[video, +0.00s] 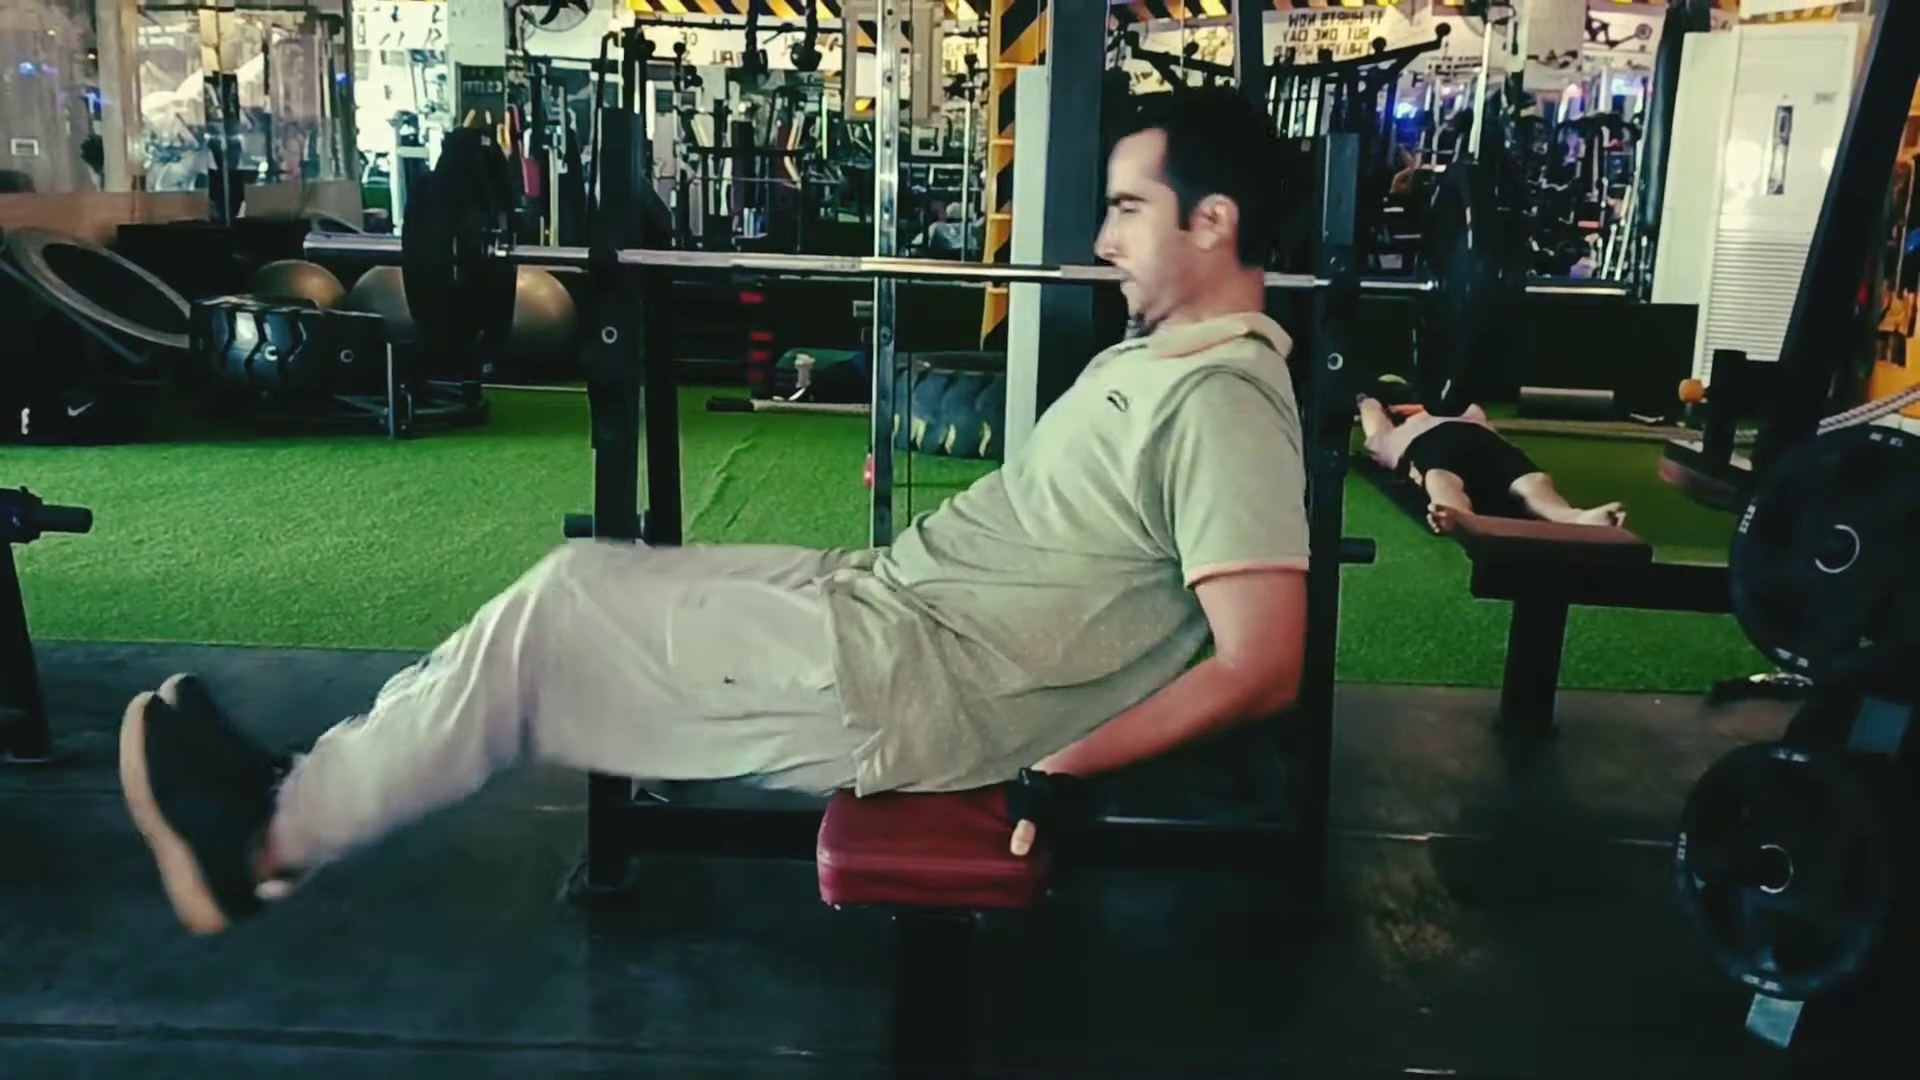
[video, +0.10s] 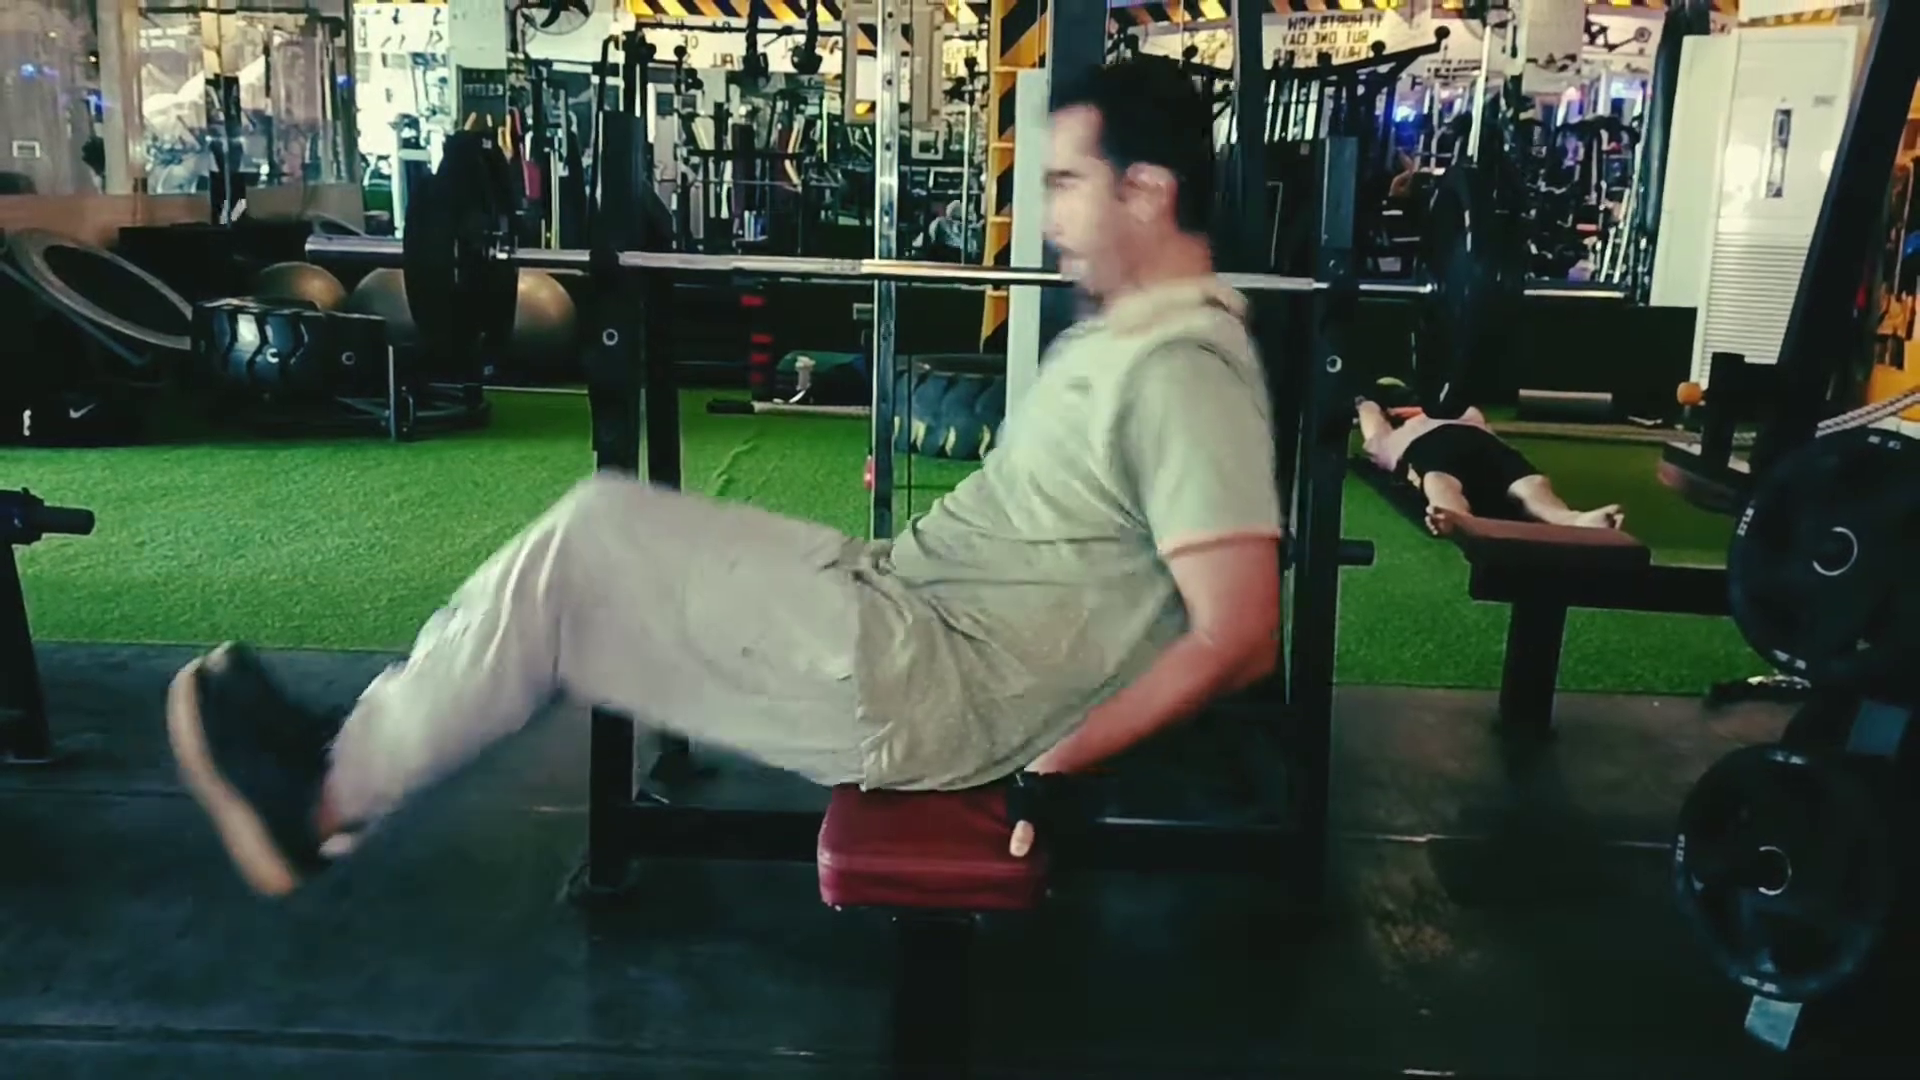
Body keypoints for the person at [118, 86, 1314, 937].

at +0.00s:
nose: (1106, 237)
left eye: (1129, 209)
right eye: (1111, 211)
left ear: (1216, 227)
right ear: (1206, 229)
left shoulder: (1222, 391)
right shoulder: (1182, 357)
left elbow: (1264, 663)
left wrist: (1058, 769)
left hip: (912, 678)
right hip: (882, 601)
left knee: (552, 628)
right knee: (574, 575)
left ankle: (254, 856)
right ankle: (293, 810)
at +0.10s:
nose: (1049, 215)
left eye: (1067, 187)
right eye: (1048, 188)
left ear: (1153, 198)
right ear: (1133, 201)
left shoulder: (1187, 366)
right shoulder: (1129, 339)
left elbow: (1237, 631)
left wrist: (1059, 758)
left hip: (939, 680)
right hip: (904, 605)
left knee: (588, 547)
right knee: (595, 521)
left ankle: (320, 807)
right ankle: (342, 776)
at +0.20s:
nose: (942, 205)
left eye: (959, 172)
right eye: (944, 175)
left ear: (1049, 172)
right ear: (1042, 176)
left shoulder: (1112, 336)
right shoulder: (1057, 318)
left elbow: (1211, 598)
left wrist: (1040, 769)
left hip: (945, 699)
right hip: (913, 650)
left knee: (654, 442)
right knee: (652, 437)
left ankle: (413, 731)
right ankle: (420, 712)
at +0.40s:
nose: (850, 227)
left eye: (858, 191)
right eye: (846, 196)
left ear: (935, 184)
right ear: (939, 186)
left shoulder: (1022, 344)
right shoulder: (988, 323)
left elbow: (1170, 582)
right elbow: (1136, 562)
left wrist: (1029, 780)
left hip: (920, 715)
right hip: (914, 684)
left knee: (742, 366)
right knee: (752, 353)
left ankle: (506, 658)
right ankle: (525, 611)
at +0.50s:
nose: (902, 218)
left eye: (919, 186)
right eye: (900, 190)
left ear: (1008, 185)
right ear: (998, 189)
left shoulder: (1076, 342)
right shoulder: (1029, 329)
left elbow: (1201, 602)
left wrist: (1036, 784)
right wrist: (879, 530)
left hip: (935, 712)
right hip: (912, 670)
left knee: (704, 394)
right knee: (698, 398)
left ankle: (460, 692)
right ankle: (467, 666)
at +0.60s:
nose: (1011, 230)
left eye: (1028, 201)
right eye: (1011, 201)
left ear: (1115, 208)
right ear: (1103, 205)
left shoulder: (1160, 374)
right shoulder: (1107, 343)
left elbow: (1242, 644)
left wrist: (1049, 774)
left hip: (950, 704)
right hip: (928, 637)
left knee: (627, 468)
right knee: (650, 441)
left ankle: (359, 749)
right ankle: (385, 708)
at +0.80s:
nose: (1153, 280)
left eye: (1180, 252)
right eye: (1158, 252)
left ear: (1272, 277)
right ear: (1255, 278)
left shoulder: (1270, 446)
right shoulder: (1210, 404)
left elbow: (1276, 708)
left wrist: (1059, 794)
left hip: (937, 696)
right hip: (910, 623)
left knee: (574, 627)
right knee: (593, 584)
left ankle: (231, 790)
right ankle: (278, 745)